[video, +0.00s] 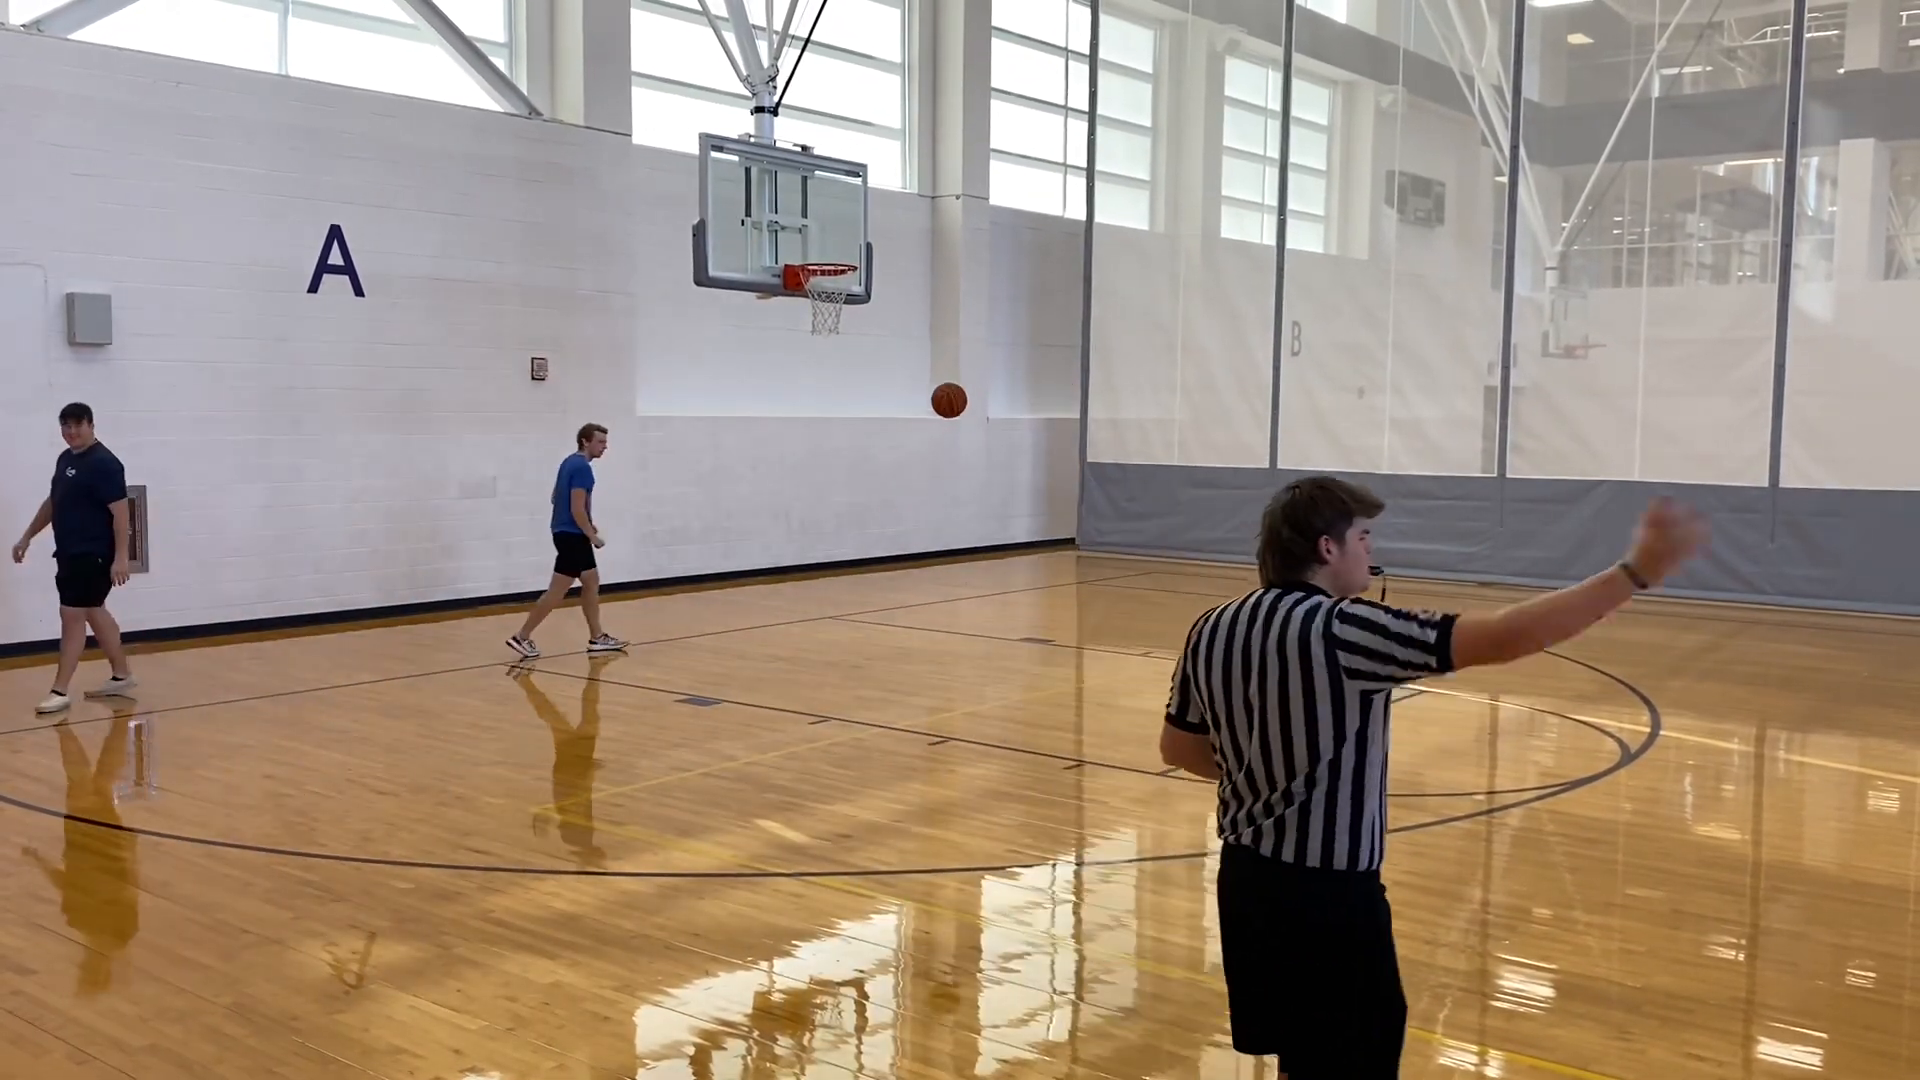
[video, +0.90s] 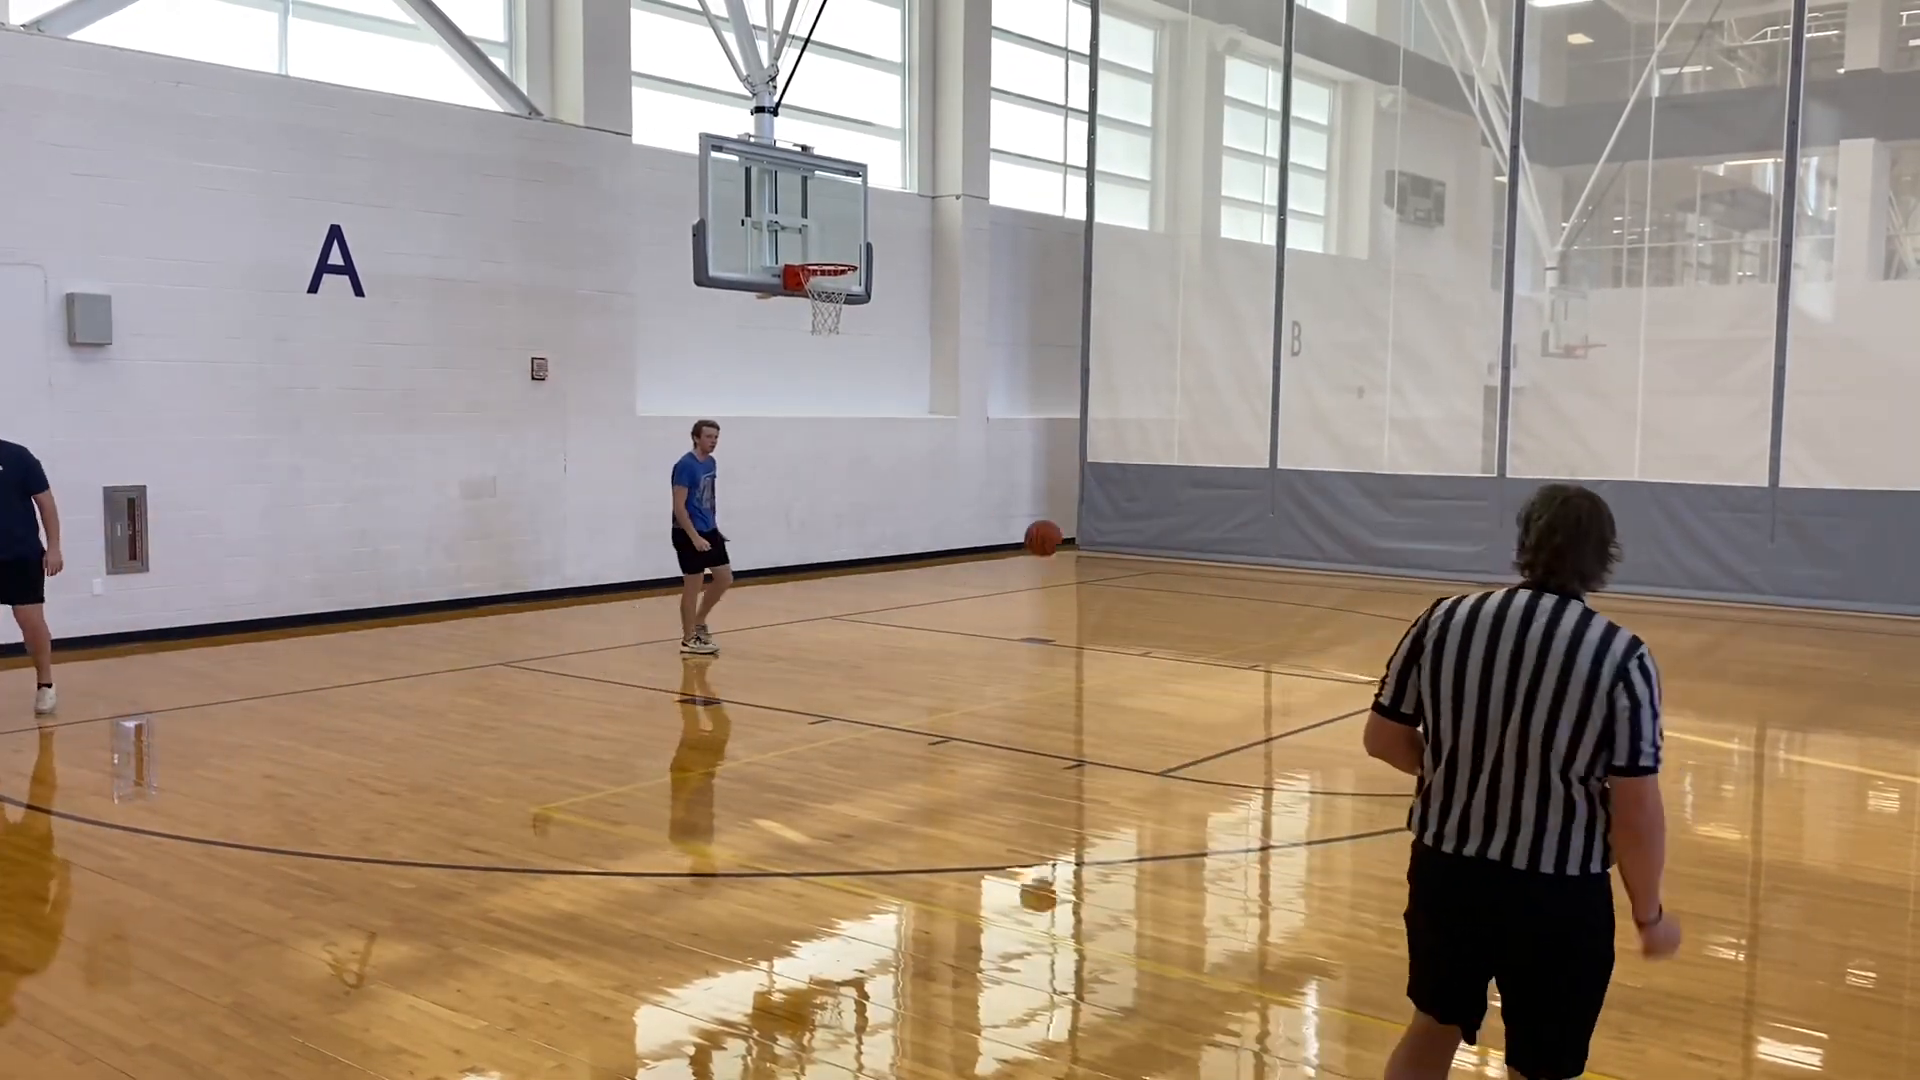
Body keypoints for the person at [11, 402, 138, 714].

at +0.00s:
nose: (69, 432)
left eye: (75, 426)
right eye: (65, 426)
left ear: (90, 426)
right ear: (62, 429)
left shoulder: (106, 464)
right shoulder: (66, 459)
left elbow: (121, 513)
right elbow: (53, 503)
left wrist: (121, 558)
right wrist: (26, 537)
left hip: (93, 554)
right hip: (69, 553)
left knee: (71, 616)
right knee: (95, 611)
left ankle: (60, 691)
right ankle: (122, 674)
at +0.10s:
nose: (62, 430)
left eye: (68, 424)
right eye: (57, 425)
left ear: (82, 425)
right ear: (53, 428)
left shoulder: (98, 463)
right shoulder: (53, 458)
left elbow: (110, 515)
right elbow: (44, 504)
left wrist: (109, 561)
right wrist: (23, 539)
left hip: (83, 552)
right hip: (54, 550)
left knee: (69, 614)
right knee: (58, 611)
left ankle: (59, 691)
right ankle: (108, 666)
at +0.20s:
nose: (55, 433)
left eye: (61, 427)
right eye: (50, 427)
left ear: (74, 426)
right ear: (45, 429)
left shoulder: (88, 464)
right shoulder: (40, 458)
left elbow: (99, 516)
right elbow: (33, 506)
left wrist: (88, 561)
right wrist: (27, 544)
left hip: (71, 553)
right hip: (40, 551)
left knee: (65, 619)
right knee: (26, 610)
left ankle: (59, 691)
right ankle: (85, 657)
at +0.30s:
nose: (48, 431)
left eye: (54, 425)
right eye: (42, 425)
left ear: (65, 426)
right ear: (35, 427)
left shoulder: (81, 465)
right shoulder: (29, 458)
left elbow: (86, 520)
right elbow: (17, 503)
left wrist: (67, 559)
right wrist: (16, 542)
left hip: (70, 550)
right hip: (33, 549)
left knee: (60, 617)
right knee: (8, 610)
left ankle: (60, 691)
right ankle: (49, 662)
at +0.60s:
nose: (18, 431)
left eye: (23, 425)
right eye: (12, 425)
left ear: (31, 427)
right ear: (2, 428)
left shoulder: (50, 464)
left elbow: (65, 513)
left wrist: (38, 548)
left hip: (45, 554)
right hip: (6, 557)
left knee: (43, 620)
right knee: (0, 623)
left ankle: (57, 692)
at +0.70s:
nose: (2, 433)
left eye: (5, 426)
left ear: (14, 426)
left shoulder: (34, 460)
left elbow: (56, 510)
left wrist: (42, 550)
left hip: (31, 556)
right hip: (4, 559)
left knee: (33, 619)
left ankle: (53, 690)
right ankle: (52, 689)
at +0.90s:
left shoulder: (16, 457)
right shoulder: (16, 457)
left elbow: (45, 502)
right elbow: (45, 503)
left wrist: (53, 547)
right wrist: (52, 547)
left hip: (20, 553)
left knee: (29, 618)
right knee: (28, 619)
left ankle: (45, 684)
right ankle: (45, 682)